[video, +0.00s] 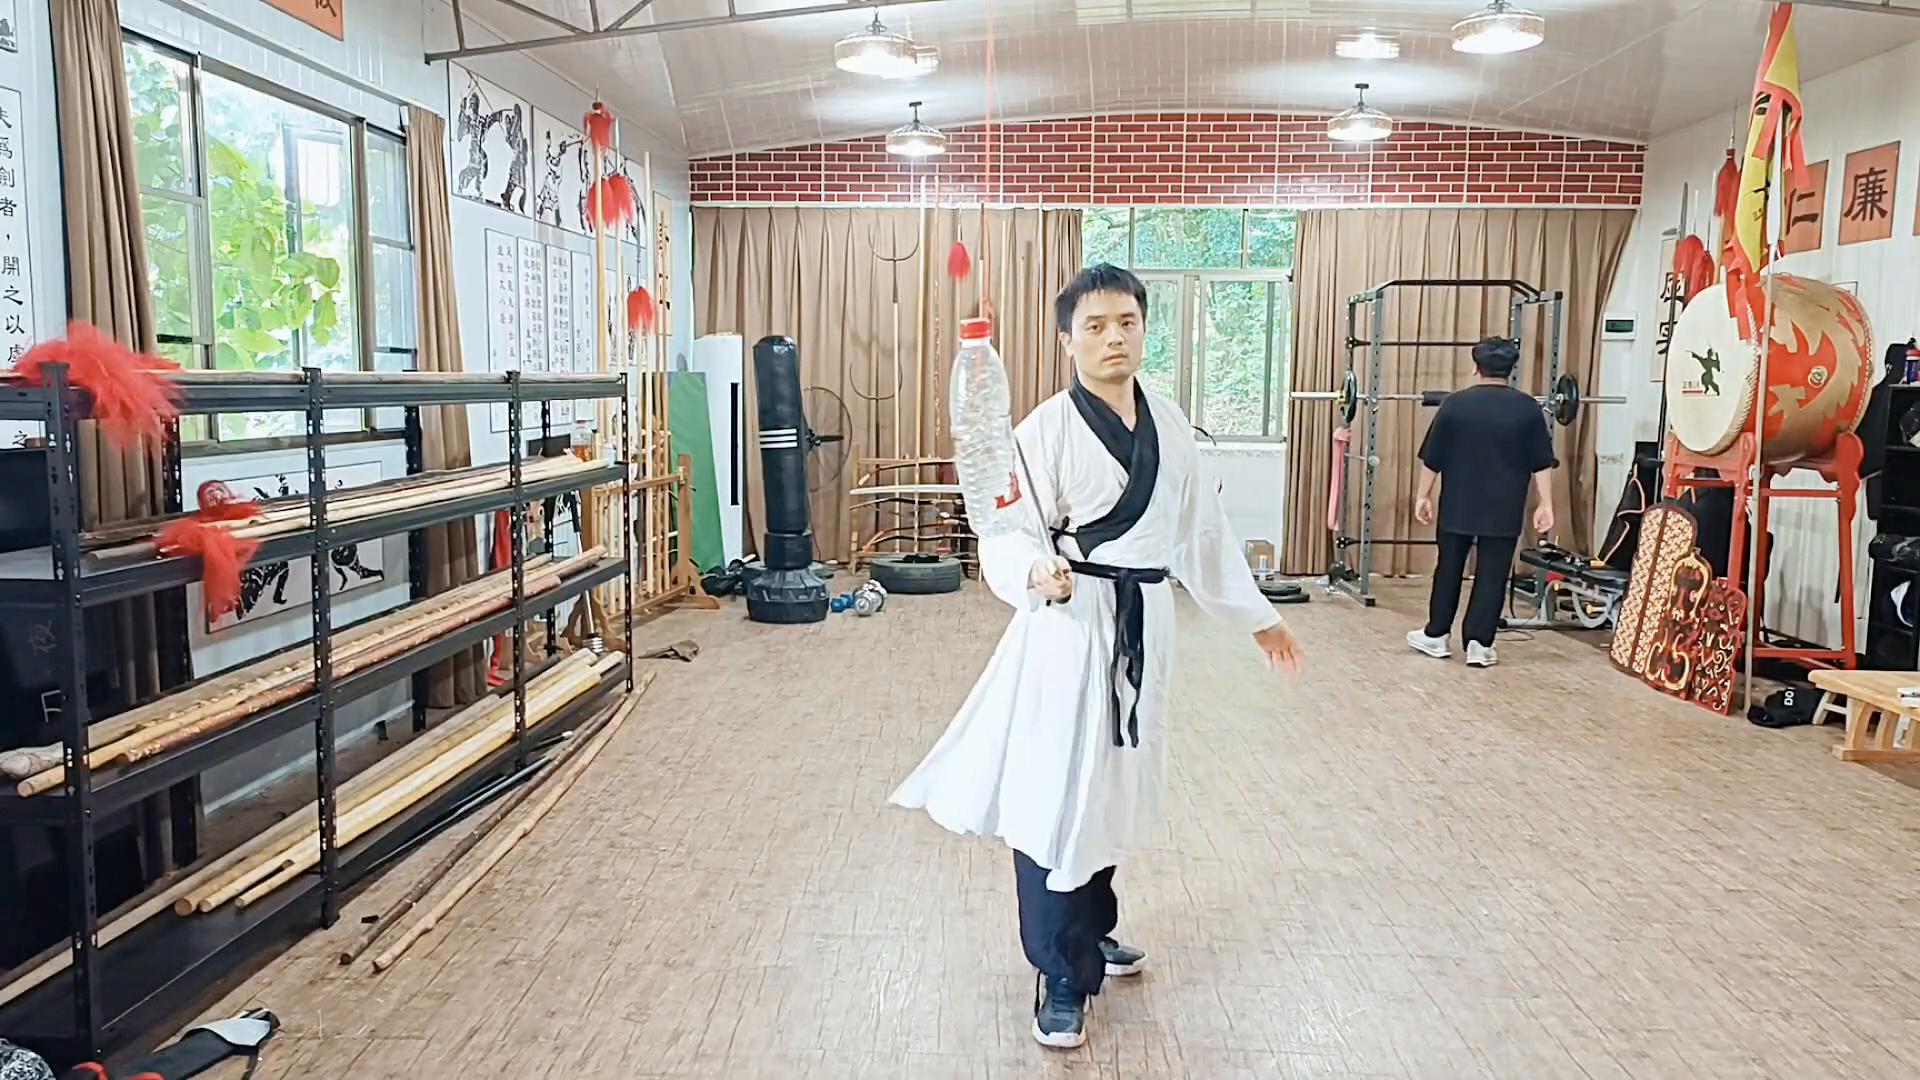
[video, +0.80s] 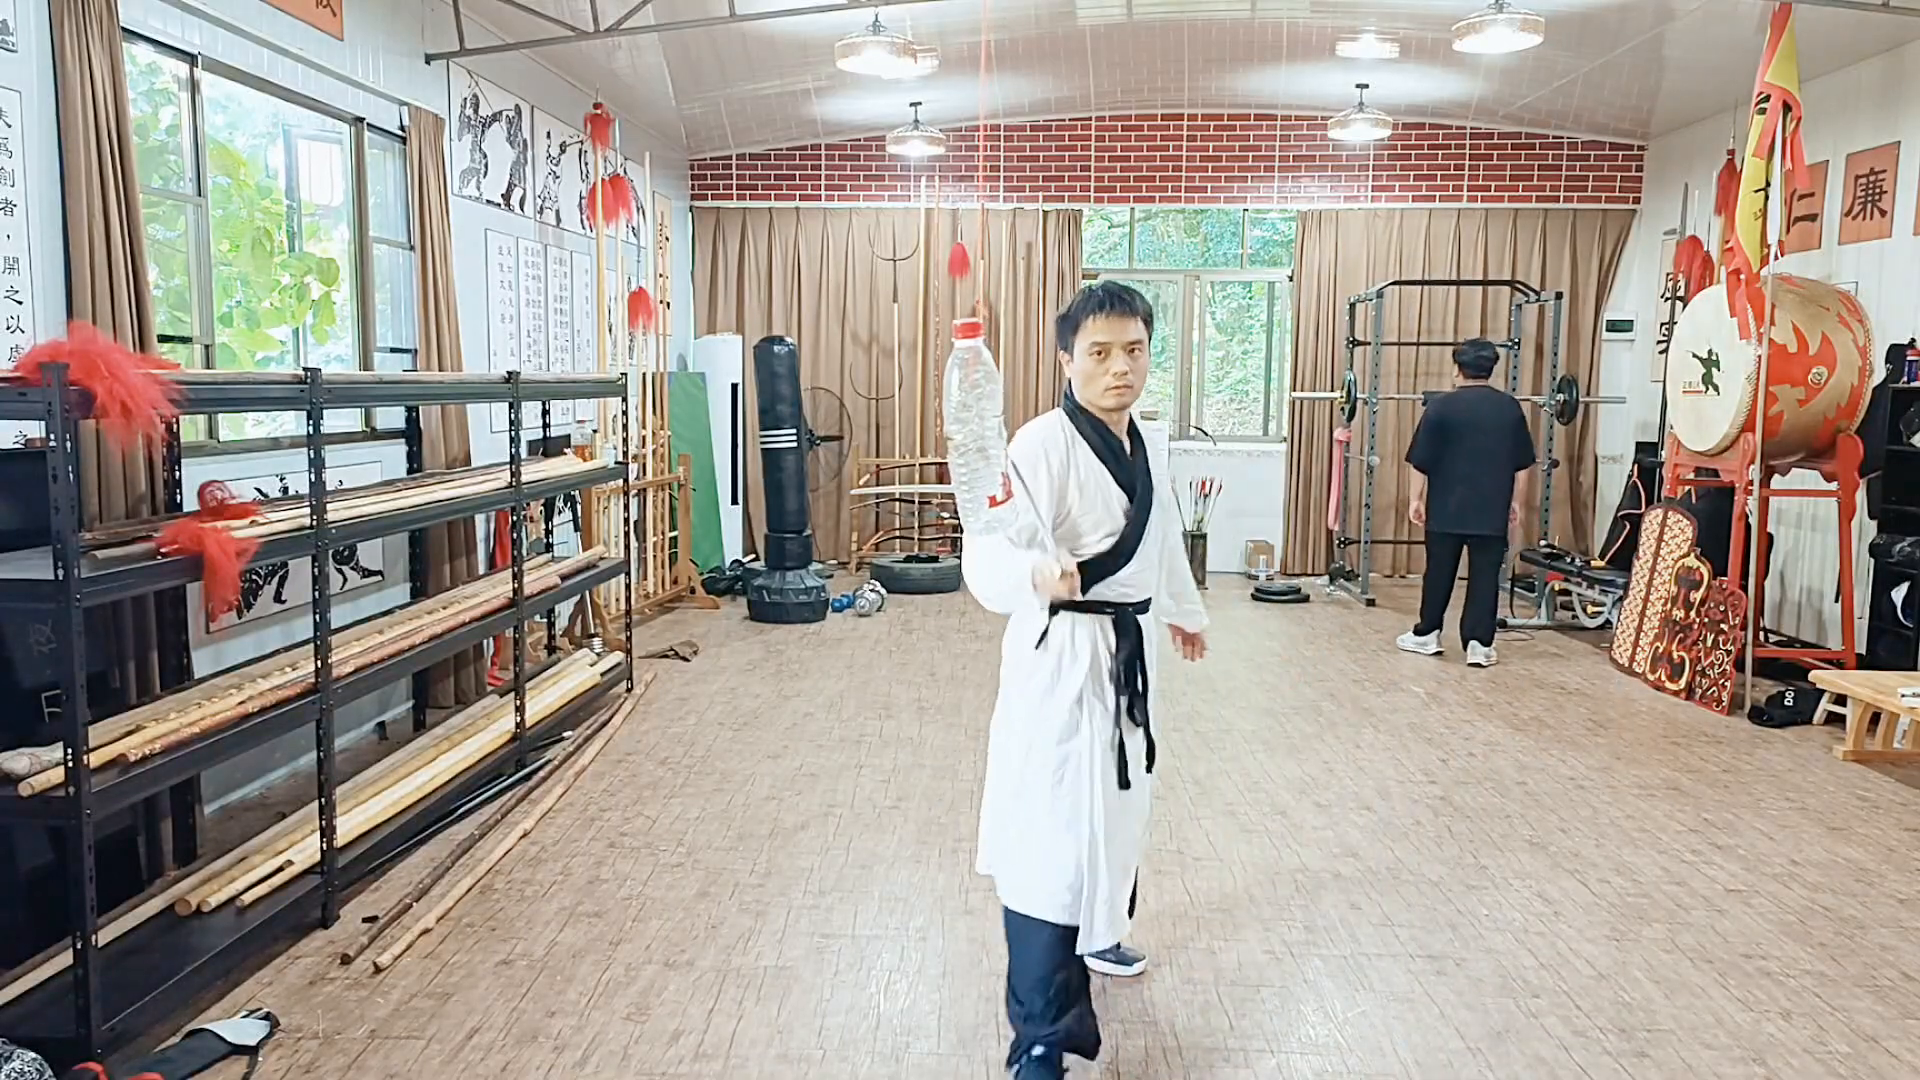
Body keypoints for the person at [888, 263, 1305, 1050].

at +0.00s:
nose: (1114, 337)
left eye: (1127, 321)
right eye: (1097, 325)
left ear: (1145, 332)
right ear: (1069, 339)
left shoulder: (1170, 428)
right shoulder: (1042, 433)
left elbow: (1207, 538)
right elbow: (1001, 533)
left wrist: (1260, 616)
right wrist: (1035, 571)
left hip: (1141, 626)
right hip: (1067, 627)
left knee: (1114, 782)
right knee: (1050, 796)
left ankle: (1089, 932)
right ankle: (1056, 979)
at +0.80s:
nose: (1120, 366)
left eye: (1133, 350)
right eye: (1101, 352)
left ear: (1150, 357)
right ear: (1067, 360)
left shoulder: (1146, 437)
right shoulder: (1041, 445)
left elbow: (1162, 534)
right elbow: (986, 551)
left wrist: (1183, 610)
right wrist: (1036, 575)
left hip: (1129, 652)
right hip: (1057, 660)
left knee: (1118, 802)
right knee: (1048, 839)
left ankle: (1097, 937)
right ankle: (1038, 1047)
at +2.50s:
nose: (1118, 395)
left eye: (1134, 376)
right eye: (1096, 377)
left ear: (1150, 388)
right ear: (1058, 389)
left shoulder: (1134, 467)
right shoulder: (1033, 473)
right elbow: (1029, 539)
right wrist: (1059, 542)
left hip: (1106, 686)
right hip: (1035, 696)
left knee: (1087, 863)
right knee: (1041, 878)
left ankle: (1033, 1041)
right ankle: (1015, 1050)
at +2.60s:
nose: (1125, 386)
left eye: (1140, 369)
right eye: (1103, 369)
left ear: (1156, 383)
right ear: (1064, 384)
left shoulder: (1137, 464)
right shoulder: (1034, 477)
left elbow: (1117, 582)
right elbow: (997, 605)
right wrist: (1027, 643)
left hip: (1103, 683)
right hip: (1036, 698)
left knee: (1078, 874)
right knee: (1042, 883)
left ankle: (1032, 1048)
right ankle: (1016, 1057)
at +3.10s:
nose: (1124, 363)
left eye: (1136, 349)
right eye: (1105, 350)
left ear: (1151, 365)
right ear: (1071, 365)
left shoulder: (1136, 450)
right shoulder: (1038, 460)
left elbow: (1133, 558)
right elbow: (991, 578)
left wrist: (1183, 615)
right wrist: (1016, 659)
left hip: (1116, 663)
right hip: (1053, 673)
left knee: (1116, 805)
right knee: (1043, 837)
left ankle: (1080, 934)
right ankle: (1015, 1036)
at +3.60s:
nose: (1098, 376)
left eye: (1109, 362)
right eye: (1080, 364)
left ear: (1122, 373)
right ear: (1051, 377)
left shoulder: (1111, 451)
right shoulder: (1035, 459)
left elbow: (1120, 547)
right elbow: (1005, 558)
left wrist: (1172, 594)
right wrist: (1059, 600)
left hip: (1104, 676)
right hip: (1045, 681)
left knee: (1087, 814)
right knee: (1056, 830)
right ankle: (1034, 980)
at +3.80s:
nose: (1131, 408)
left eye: (1142, 391)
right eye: (1108, 392)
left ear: (1155, 403)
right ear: (1064, 409)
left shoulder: (1147, 487)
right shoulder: (1029, 514)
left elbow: (1180, 567)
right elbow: (982, 653)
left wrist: (1233, 617)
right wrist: (1048, 644)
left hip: (1125, 718)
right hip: (1048, 733)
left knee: (1101, 890)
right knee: (1057, 966)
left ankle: (1059, 1028)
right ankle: (1014, 1061)